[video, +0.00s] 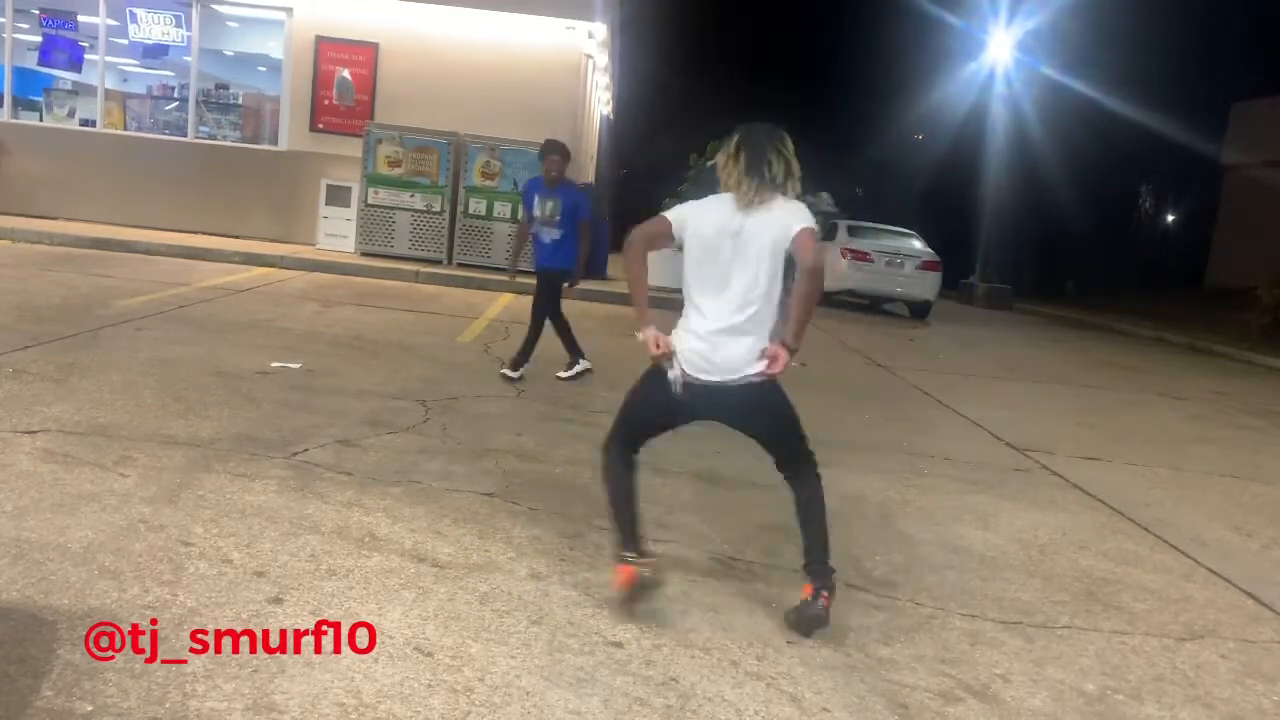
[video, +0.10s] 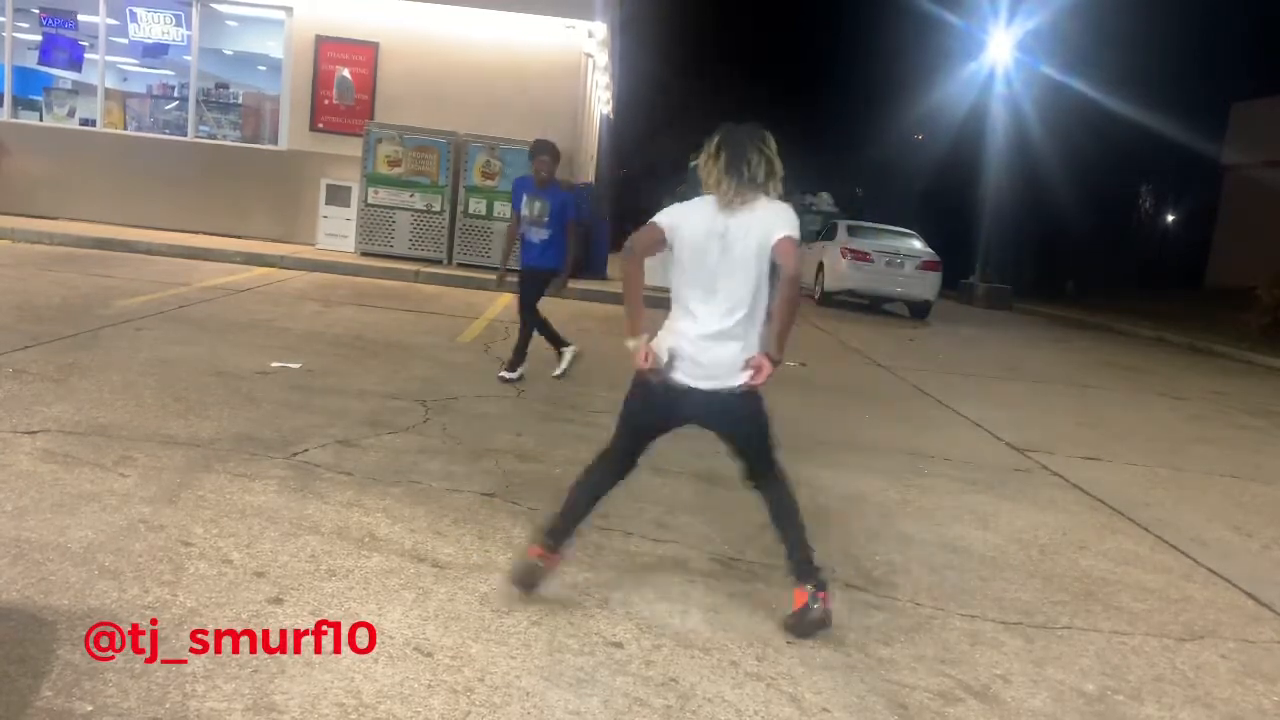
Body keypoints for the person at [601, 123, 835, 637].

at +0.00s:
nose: (719, 166)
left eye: (724, 158)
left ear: (729, 164)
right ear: (784, 168)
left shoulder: (698, 211)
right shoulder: (793, 213)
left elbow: (636, 240)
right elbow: (811, 262)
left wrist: (645, 322)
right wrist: (789, 340)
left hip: (681, 380)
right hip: (751, 388)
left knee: (619, 447)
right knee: (800, 468)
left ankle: (629, 556)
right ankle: (818, 584)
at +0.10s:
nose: (704, 168)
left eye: (706, 160)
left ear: (711, 165)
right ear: (767, 168)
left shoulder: (684, 212)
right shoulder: (776, 214)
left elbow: (633, 251)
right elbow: (790, 273)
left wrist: (638, 335)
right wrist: (772, 351)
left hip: (664, 383)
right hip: (734, 393)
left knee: (614, 461)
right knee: (768, 476)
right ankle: (809, 585)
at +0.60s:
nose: (675, 152)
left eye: (679, 144)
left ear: (682, 147)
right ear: (738, 151)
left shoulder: (657, 188)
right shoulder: (752, 193)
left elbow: (630, 227)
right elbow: (790, 229)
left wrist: (628, 308)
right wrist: (762, 310)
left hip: (645, 361)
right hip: (717, 368)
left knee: (576, 431)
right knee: (770, 458)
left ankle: (544, 554)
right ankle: (774, 583)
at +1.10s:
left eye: (679, 171)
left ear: (683, 174)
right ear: (740, 179)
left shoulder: (663, 209)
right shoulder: (754, 219)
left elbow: (637, 231)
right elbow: (783, 253)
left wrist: (639, 301)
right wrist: (765, 333)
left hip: (654, 384)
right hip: (724, 393)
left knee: (586, 455)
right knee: (760, 482)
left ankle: (512, 549)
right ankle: (811, 594)